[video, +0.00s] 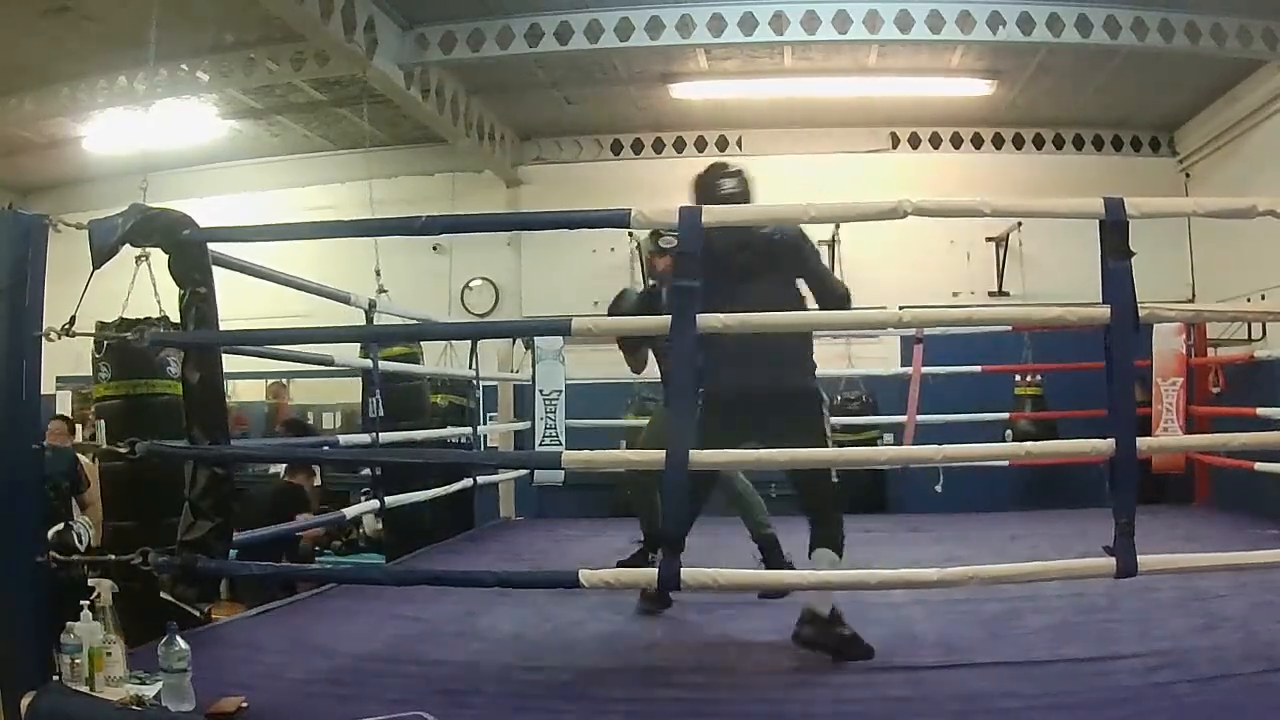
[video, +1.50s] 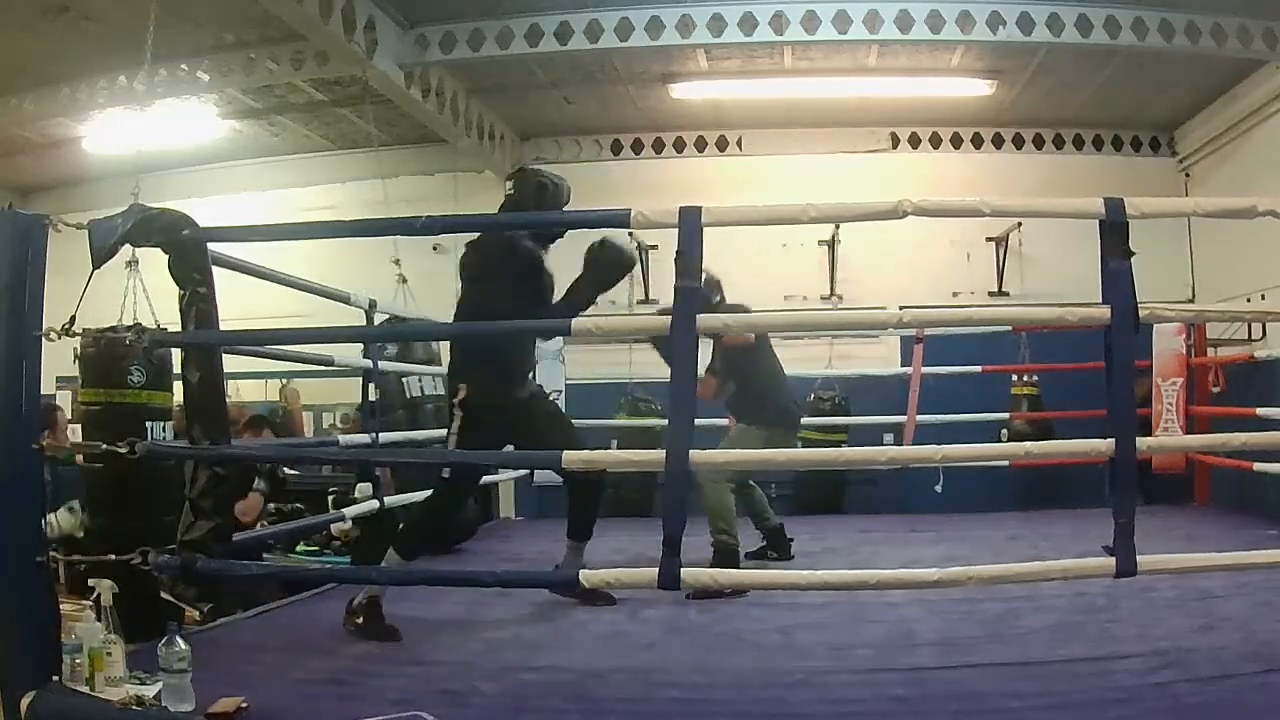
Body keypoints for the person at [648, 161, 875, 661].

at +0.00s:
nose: (731, 209)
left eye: (718, 201)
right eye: (734, 198)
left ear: (699, 206)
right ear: (751, 200)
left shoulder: (689, 251)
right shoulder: (784, 237)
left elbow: (671, 323)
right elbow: (836, 302)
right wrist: (820, 276)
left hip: (724, 403)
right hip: (791, 399)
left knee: (691, 486)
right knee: (825, 507)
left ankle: (660, 575)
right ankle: (818, 611)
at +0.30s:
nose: (652, 225)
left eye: (652, 217)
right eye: (654, 215)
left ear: (652, 220)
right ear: (700, 209)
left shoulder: (654, 272)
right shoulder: (742, 246)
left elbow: (654, 357)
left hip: (684, 415)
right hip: (751, 408)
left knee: (672, 486)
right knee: (792, 493)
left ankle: (662, 582)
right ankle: (822, 589)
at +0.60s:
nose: (715, 194)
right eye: (713, 184)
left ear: (659, 188)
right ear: (710, 186)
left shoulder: (635, 238)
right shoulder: (715, 239)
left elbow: (605, 297)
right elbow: (753, 299)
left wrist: (636, 243)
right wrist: (800, 301)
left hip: (650, 386)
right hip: (708, 384)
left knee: (653, 480)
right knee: (764, 490)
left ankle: (612, 588)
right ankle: (800, 624)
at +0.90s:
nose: (650, 182)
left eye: (650, 174)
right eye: (648, 173)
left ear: (601, 163)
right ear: (634, 167)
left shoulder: (567, 208)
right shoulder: (619, 206)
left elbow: (557, 289)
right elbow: (645, 285)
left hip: (580, 349)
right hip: (600, 353)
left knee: (628, 464)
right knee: (594, 477)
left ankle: (580, 559)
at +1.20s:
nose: (605, 190)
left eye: (605, 181)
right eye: (601, 181)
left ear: (563, 171)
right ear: (582, 176)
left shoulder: (537, 209)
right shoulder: (565, 211)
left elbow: (604, 276)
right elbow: (611, 280)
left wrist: (620, 224)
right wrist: (630, 232)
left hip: (542, 345)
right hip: (540, 346)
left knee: (568, 461)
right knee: (535, 461)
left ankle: (560, 579)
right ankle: (456, 586)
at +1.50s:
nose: (560, 225)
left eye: (561, 216)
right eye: (556, 214)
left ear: (517, 201)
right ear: (537, 207)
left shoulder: (509, 250)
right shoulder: (509, 253)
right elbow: (546, 324)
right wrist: (593, 280)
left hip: (518, 392)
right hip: (488, 396)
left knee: (590, 468)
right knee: (450, 504)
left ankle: (570, 569)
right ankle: (369, 595)